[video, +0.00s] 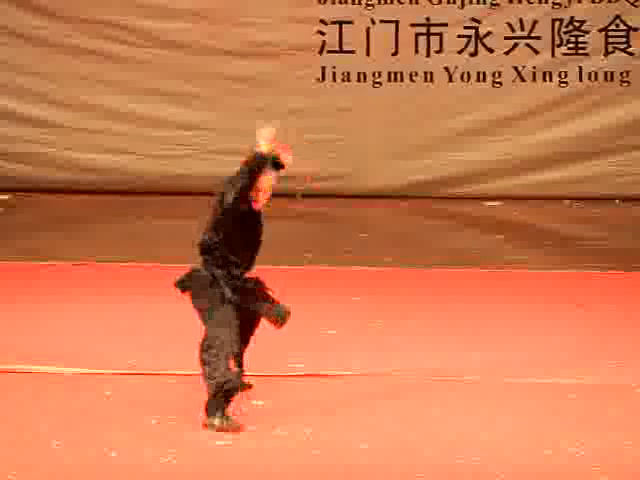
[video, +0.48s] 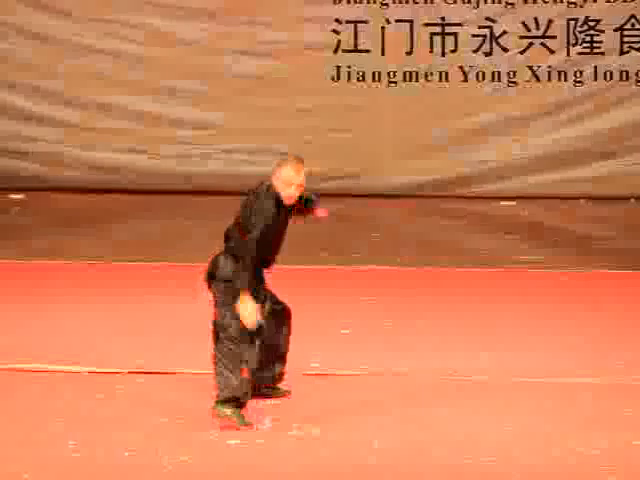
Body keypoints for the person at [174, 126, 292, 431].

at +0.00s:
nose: (266, 195)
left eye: (269, 189)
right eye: (262, 188)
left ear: (270, 191)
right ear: (248, 187)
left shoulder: (253, 217)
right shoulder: (232, 210)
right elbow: (236, 189)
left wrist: (274, 163)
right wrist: (257, 160)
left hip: (233, 278)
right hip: (210, 277)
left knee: (249, 314)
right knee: (222, 324)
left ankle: (232, 365)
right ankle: (216, 401)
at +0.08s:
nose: (261, 213)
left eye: (265, 207)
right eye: (255, 206)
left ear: (270, 206)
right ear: (243, 203)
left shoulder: (252, 227)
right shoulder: (231, 224)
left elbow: (262, 193)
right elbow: (229, 204)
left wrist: (266, 172)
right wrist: (231, 186)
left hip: (233, 299)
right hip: (212, 298)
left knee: (256, 327)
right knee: (244, 341)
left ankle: (235, 380)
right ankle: (219, 409)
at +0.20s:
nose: (260, 223)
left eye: (267, 218)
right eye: (255, 216)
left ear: (274, 215)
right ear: (243, 208)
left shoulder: (261, 236)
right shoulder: (232, 229)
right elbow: (226, 248)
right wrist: (217, 261)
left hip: (231, 300)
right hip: (211, 302)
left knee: (261, 321)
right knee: (245, 341)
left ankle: (242, 383)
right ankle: (219, 411)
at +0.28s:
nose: (265, 224)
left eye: (272, 218)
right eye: (260, 216)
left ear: (278, 217)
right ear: (248, 209)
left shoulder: (266, 238)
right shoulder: (238, 228)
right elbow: (233, 235)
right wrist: (223, 242)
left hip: (233, 297)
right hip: (214, 300)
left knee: (264, 318)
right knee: (250, 346)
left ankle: (250, 381)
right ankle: (223, 414)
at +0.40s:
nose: (287, 209)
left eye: (290, 203)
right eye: (284, 202)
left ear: (291, 200)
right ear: (270, 197)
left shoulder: (274, 218)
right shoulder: (254, 216)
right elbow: (223, 257)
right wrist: (237, 246)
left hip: (240, 287)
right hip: (225, 289)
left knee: (271, 314)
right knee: (254, 346)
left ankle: (263, 379)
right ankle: (231, 411)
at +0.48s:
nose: (299, 191)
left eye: (301, 186)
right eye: (294, 185)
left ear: (298, 185)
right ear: (278, 180)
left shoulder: (278, 198)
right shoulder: (263, 205)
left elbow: (294, 203)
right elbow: (246, 252)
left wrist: (310, 208)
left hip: (249, 273)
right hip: (229, 274)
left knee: (277, 315)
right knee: (234, 332)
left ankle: (264, 381)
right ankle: (228, 399)